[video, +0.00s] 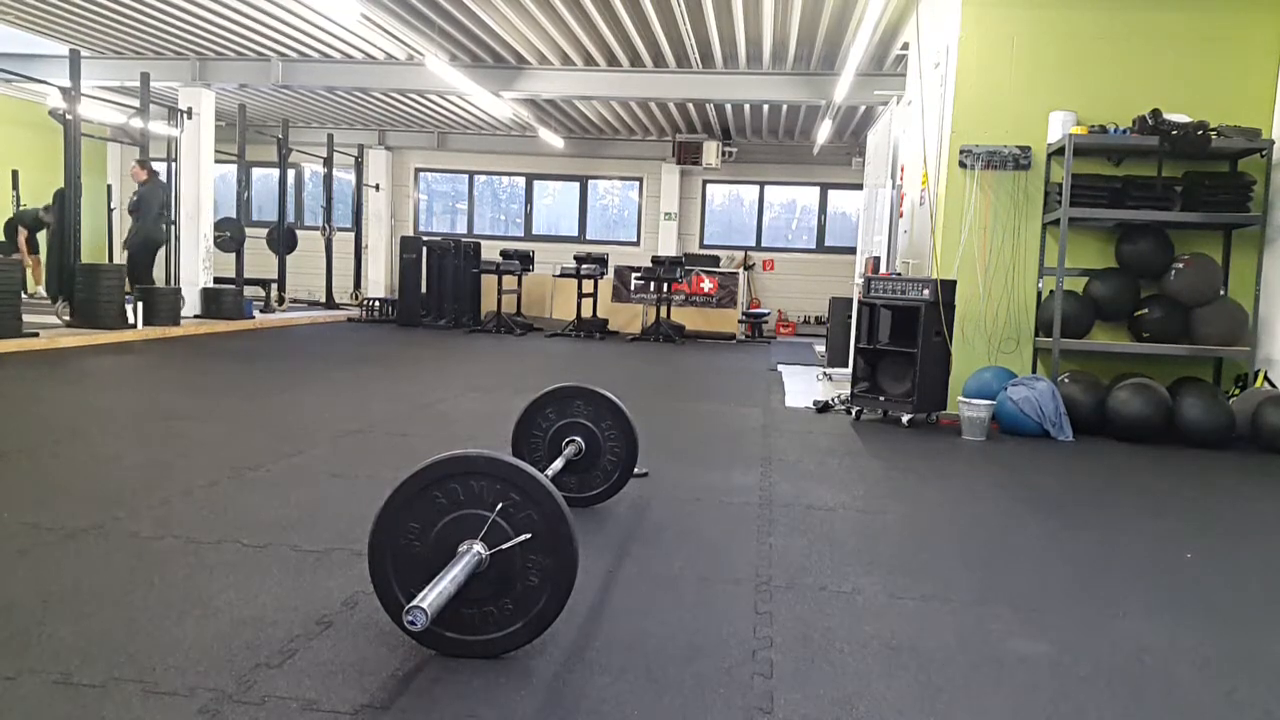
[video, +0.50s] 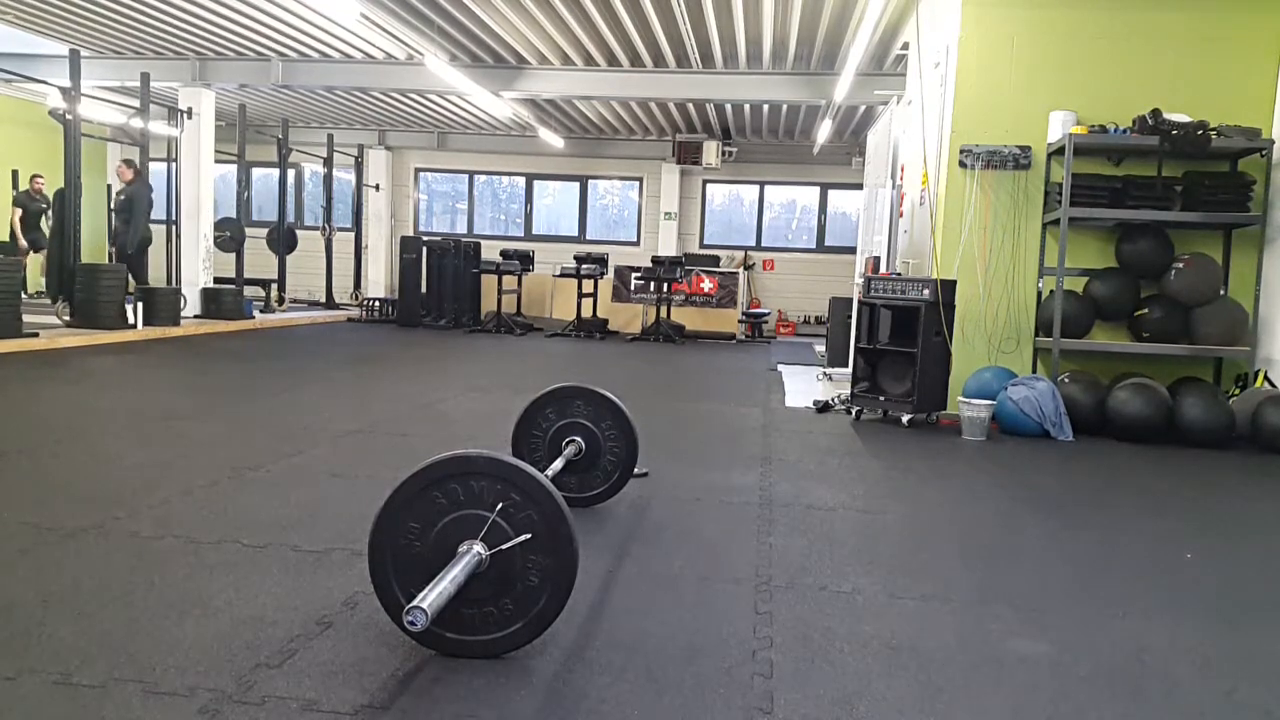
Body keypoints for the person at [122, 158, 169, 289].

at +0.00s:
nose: (131, 173)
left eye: (134, 169)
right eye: (132, 170)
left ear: (145, 170)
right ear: (145, 171)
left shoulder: (148, 189)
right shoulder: (159, 186)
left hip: (144, 235)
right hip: (155, 233)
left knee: (135, 271)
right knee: (144, 272)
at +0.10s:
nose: (128, 172)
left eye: (131, 168)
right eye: (129, 168)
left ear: (141, 170)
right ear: (141, 171)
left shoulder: (148, 189)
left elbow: (143, 221)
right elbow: (135, 220)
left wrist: (131, 246)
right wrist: (127, 240)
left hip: (148, 233)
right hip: (141, 232)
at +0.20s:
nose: (126, 172)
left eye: (129, 169)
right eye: (127, 169)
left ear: (139, 171)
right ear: (139, 171)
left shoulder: (145, 189)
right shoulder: (139, 189)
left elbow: (142, 221)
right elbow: (132, 221)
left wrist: (132, 246)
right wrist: (124, 241)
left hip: (146, 234)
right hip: (138, 233)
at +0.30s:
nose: (124, 173)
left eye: (127, 169)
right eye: (124, 169)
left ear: (137, 171)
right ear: (137, 172)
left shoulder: (141, 190)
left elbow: (142, 221)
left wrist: (134, 246)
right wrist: (123, 240)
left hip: (140, 234)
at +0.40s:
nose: (120, 172)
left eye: (123, 168)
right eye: (120, 168)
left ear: (133, 170)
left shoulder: (142, 189)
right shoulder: (128, 190)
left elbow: (142, 219)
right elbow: (124, 221)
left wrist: (134, 246)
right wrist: (117, 242)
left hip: (138, 237)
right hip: (125, 237)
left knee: (140, 277)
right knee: (123, 276)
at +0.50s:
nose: (117, 171)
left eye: (120, 168)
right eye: (117, 168)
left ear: (131, 170)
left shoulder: (139, 188)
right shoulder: (125, 189)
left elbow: (139, 218)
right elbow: (120, 219)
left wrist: (131, 246)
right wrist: (115, 240)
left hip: (135, 238)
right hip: (122, 238)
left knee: (139, 278)